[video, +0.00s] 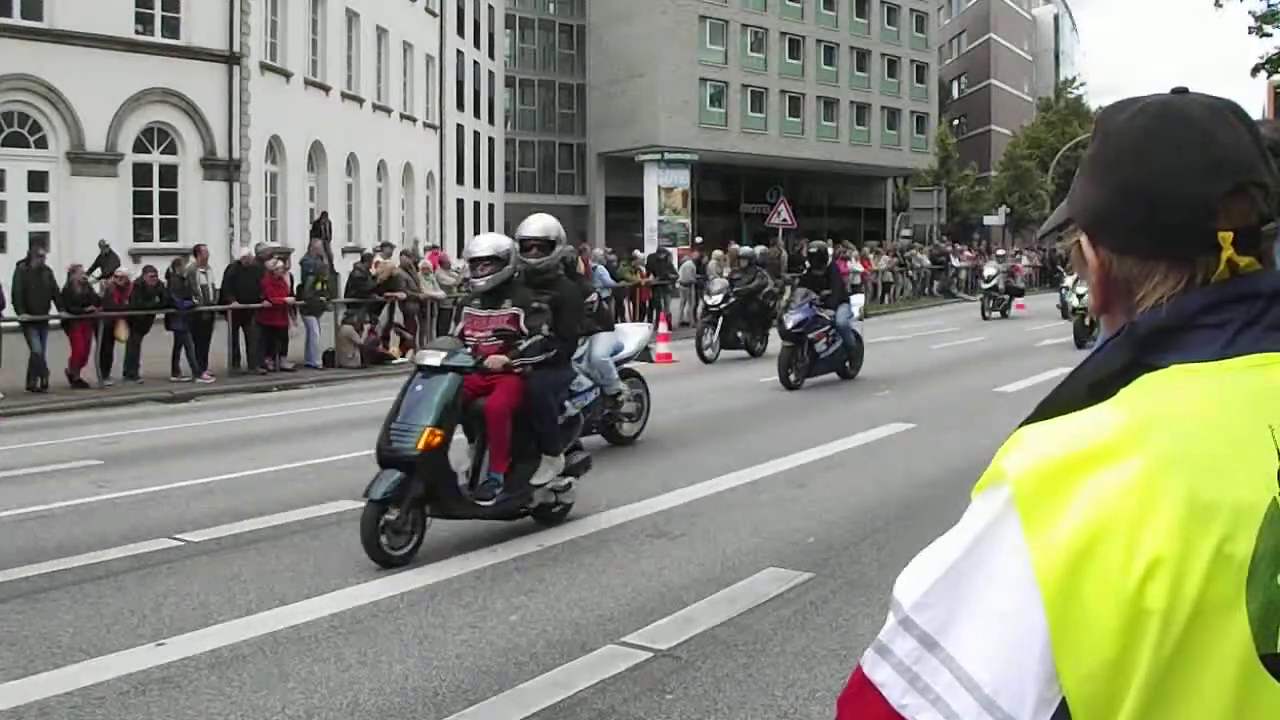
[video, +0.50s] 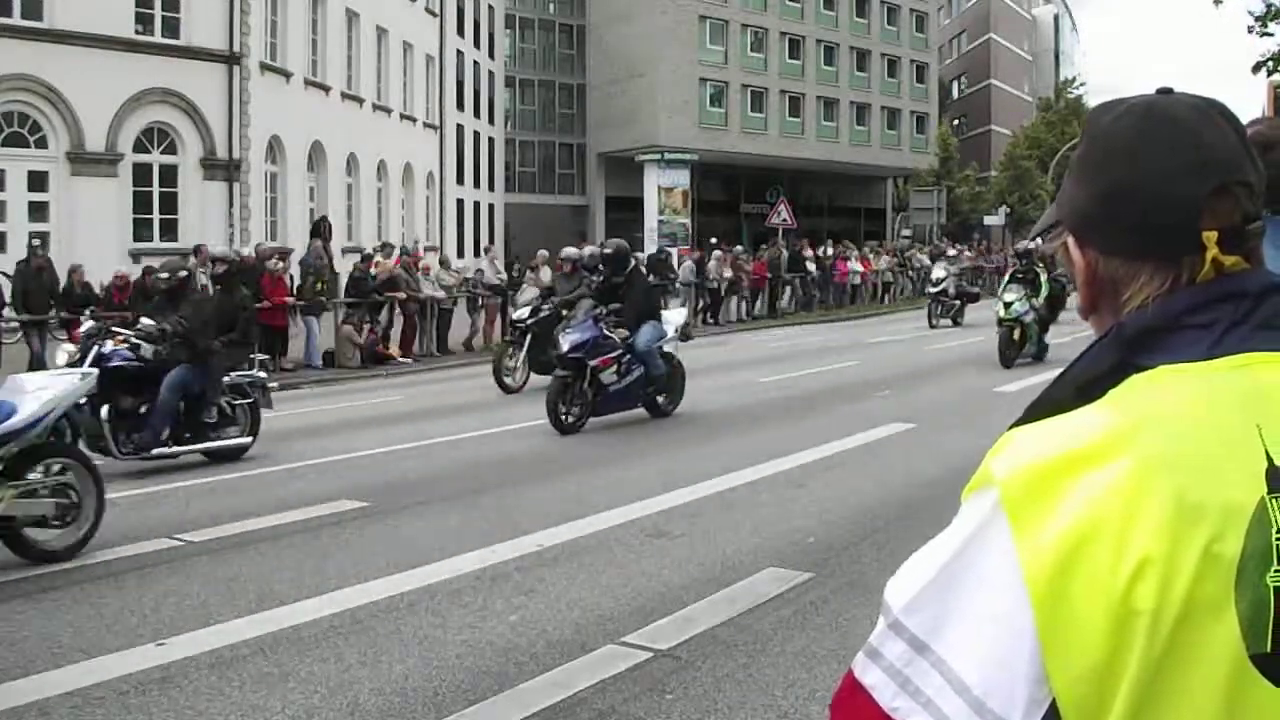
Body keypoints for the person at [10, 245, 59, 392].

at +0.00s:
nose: (42, 260)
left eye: (43, 257)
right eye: (39, 257)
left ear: (45, 257)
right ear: (31, 256)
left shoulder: (47, 271)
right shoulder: (21, 271)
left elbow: (55, 292)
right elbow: (16, 292)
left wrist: (61, 309)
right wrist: (20, 311)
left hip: (43, 314)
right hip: (28, 314)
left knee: (39, 351)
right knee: (36, 349)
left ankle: (31, 381)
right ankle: (43, 375)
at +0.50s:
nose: (40, 261)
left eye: (42, 258)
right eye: (37, 258)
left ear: (45, 256)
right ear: (31, 256)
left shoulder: (47, 265)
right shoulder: (22, 268)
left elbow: (54, 288)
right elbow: (16, 292)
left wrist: (59, 307)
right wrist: (21, 312)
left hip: (44, 313)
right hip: (27, 314)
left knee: (41, 350)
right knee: (36, 350)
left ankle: (31, 378)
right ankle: (43, 379)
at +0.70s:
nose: (34, 271)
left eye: (40, 266)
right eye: (33, 266)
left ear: (54, 269)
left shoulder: (66, 302)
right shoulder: (38, 299)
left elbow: (65, 342)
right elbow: (29, 329)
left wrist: (39, 354)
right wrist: (18, 347)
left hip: (63, 362)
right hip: (36, 357)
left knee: (34, 375)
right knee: (10, 370)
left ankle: (31, 425)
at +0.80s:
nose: (39, 260)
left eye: (42, 257)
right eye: (36, 256)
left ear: (44, 257)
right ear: (30, 256)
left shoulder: (46, 271)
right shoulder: (20, 270)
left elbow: (55, 293)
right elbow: (16, 292)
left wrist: (62, 310)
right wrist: (20, 311)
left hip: (43, 314)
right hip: (27, 315)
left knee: (39, 351)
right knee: (36, 349)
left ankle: (31, 382)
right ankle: (43, 375)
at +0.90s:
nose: (39, 260)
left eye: (42, 257)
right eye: (36, 257)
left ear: (44, 257)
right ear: (30, 256)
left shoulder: (46, 271)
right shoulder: (21, 270)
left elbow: (55, 292)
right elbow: (16, 293)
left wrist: (61, 309)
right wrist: (20, 311)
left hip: (43, 314)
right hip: (27, 315)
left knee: (39, 351)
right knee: (36, 350)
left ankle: (31, 382)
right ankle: (43, 375)